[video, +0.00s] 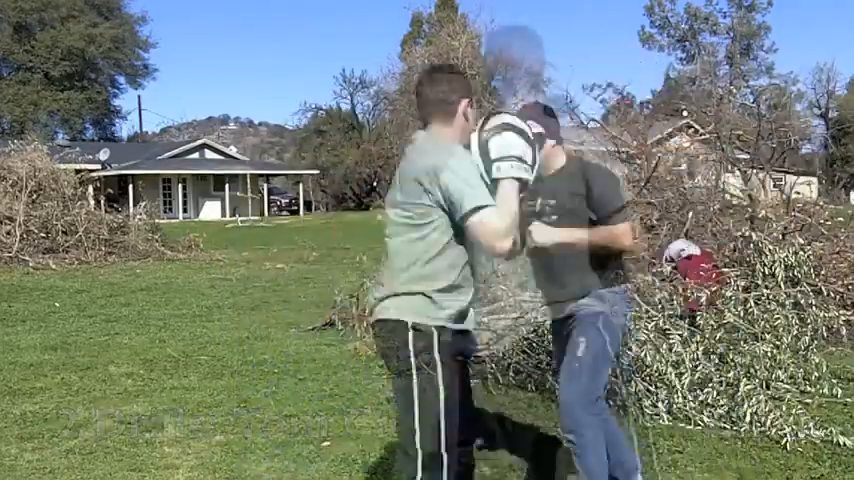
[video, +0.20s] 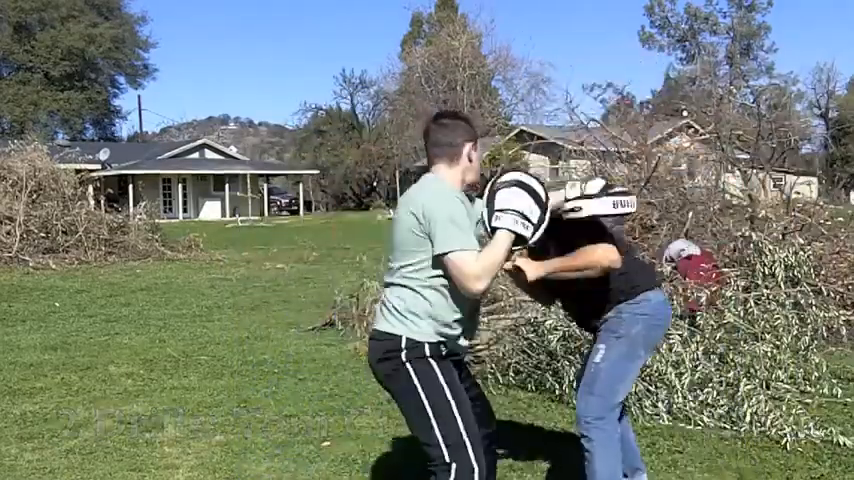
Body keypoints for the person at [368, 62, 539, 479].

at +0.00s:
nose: (476, 118)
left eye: (475, 111)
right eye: (475, 109)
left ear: (426, 108)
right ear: (465, 109)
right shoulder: (445, 157)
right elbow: (500, 239)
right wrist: (509, 168)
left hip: (413, 317)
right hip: (422, 322)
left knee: (448, 448)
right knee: (435, 455)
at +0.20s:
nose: (481, 164)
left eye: (480, 155)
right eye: (480, 154)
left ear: (433, 152)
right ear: (468, 152)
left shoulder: (453, 199)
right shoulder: (438, 196)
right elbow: (474, 279)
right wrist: (510, 226)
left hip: (437, 344)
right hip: (410, 346)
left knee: (483, 441)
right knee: (464, 463)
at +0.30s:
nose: (462, 151)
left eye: (460, 142)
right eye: (460, 141)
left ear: (413, 144)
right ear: (450, 142)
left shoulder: (415, 187)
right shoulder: (432, 189)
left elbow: (471, 257)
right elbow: (491, 258)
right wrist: (519, 202)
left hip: (431, 342)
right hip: (412, 345)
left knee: (477, 450)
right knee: (448, 464)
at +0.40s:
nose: (440, 130)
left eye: (438, 123)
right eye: (438, 122)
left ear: (390, 128)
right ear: (429, 123)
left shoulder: (377, 184)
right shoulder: (423, 172)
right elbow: (493, 228)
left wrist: (442, 307)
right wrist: (522, 174)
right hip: (404, 334)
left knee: (454, 447)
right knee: (418, 462)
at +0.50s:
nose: (424, 113)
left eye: (420, 105)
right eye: (422, 105)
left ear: (372, 116)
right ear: (413, 109)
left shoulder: (354, 175)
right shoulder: (415, 161)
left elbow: (347, 254)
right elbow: (493, 210)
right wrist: (518, 153)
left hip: (373, 314)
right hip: (397, 321)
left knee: (432, 435)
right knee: (397, 454)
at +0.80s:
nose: (390, 97)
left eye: (386, 88)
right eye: (385, 88)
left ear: (338, 100)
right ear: (371, 93)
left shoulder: (324, 166)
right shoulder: (387, 154)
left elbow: (323, 239)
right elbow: (471, 197)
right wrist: (530, 149)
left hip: (354, 314)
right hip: (384, 320)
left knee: (411, 446)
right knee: (387, 457)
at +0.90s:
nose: (390, 96)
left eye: (385, 87)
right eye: (385, 88)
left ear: (343, 105)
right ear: (370, 97)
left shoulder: (333, 162)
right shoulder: (376, 167)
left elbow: (335, 249)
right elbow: (438, 240)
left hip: (361, 317)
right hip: (375, 323)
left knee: (417, 427)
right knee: (380, 455)